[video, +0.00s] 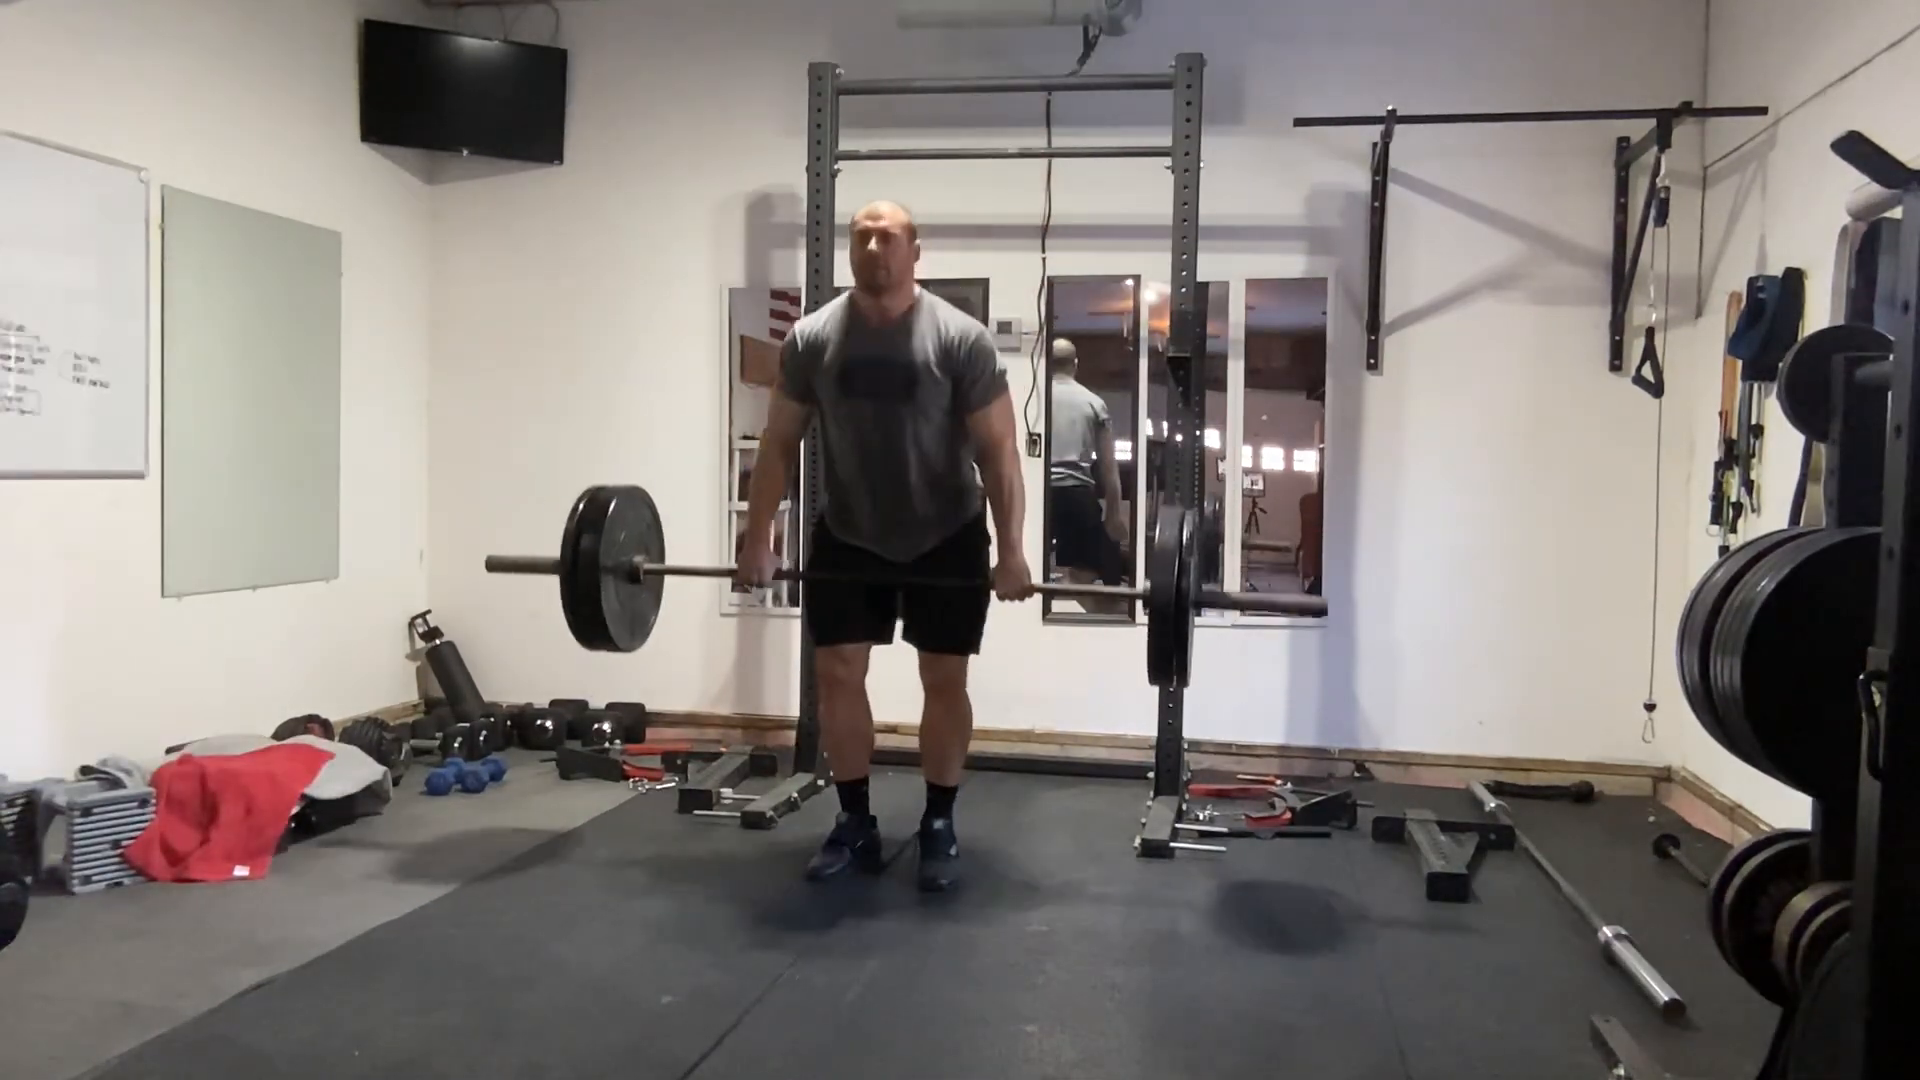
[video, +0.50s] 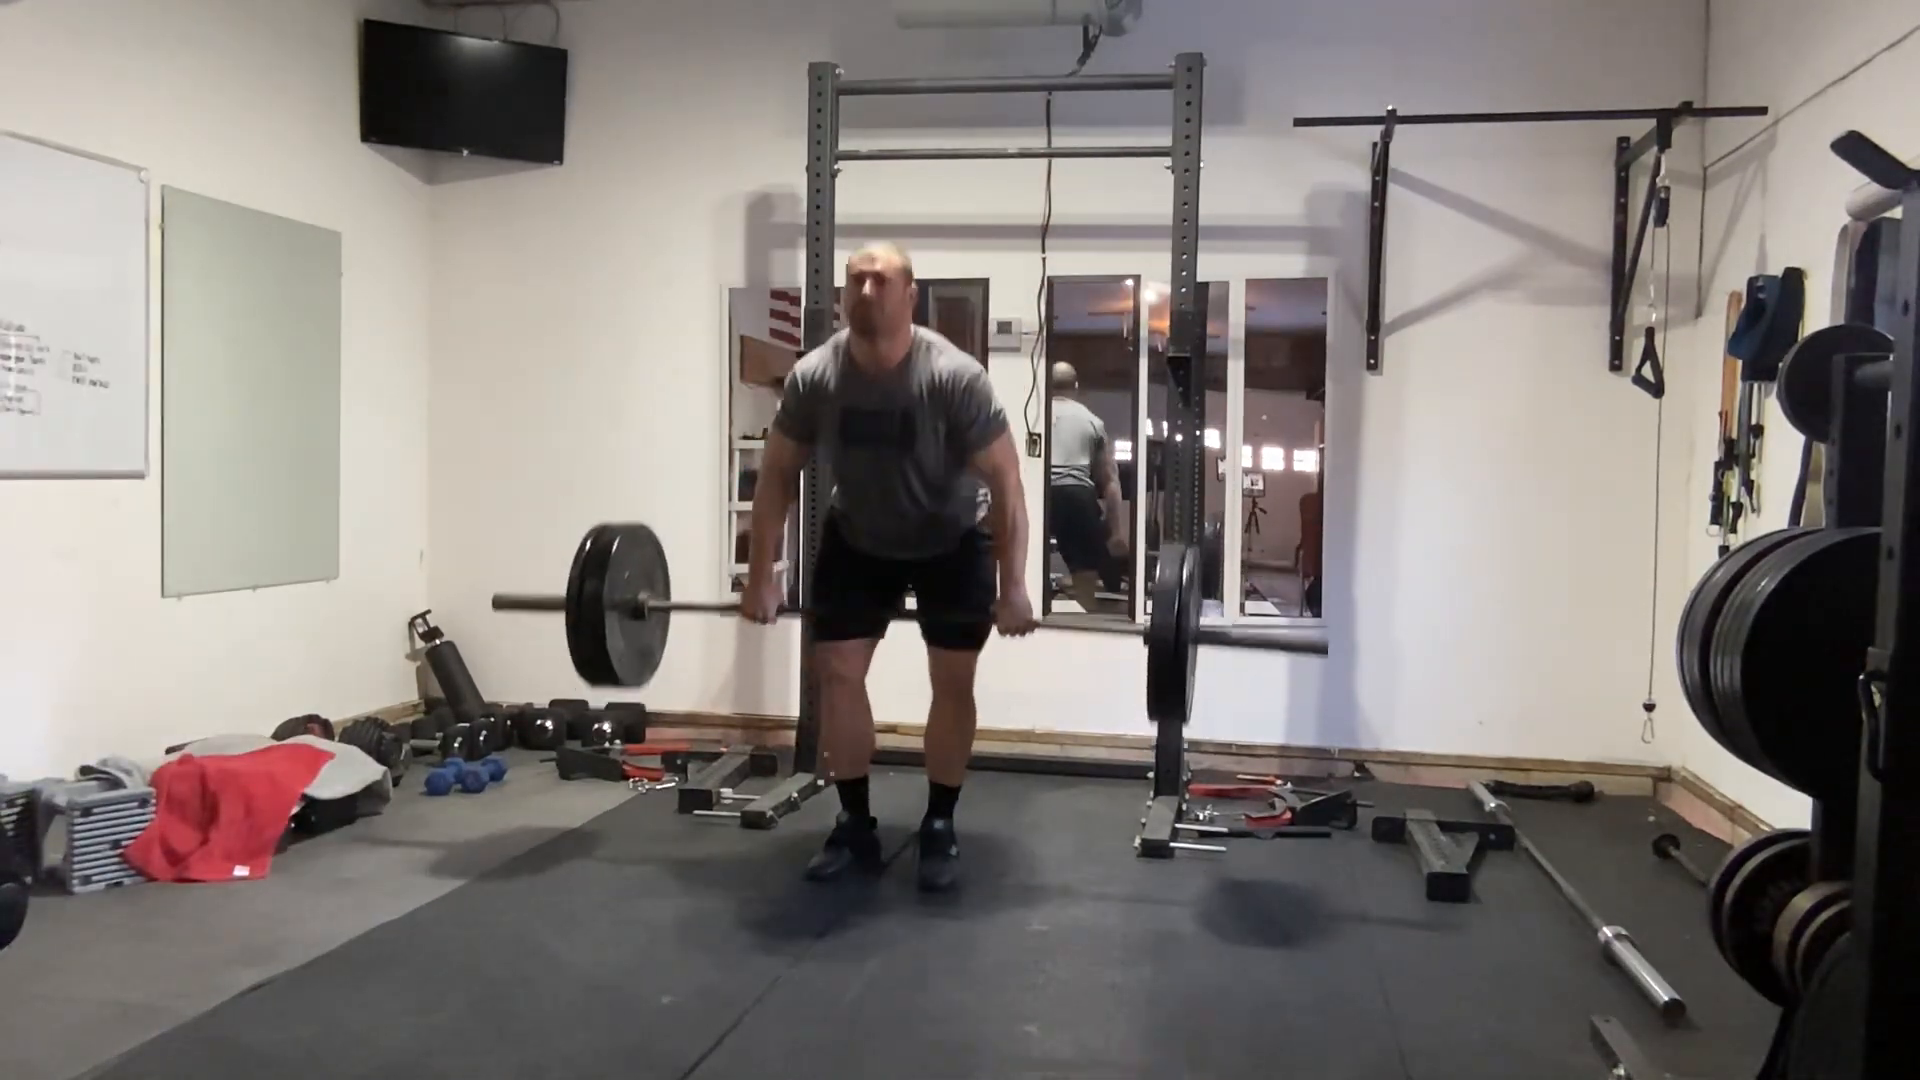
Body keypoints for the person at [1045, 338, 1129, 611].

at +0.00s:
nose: (1075, 365)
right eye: (1076, 361)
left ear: (1045, 364)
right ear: (1075, 364)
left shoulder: (1029, 398)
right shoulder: (1092, 403)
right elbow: (1108, 467)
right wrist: (1114, 516)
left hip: (1034, 497)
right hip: (1077, 496)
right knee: (1083, 574)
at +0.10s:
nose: (1074, 381)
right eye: (1076, 377)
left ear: (1048, 379)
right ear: (1077, 379)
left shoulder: (1030, 410)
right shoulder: (1094, 416)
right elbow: (1109, 483)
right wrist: (1116, 532)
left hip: (1034, 500)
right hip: (1077, 500)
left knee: (1032, 575)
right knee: (1084, 581)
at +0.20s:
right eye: (1077, 392)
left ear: (1049, 392)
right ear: (1077, 393)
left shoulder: (1032, 420)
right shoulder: (1095, 429)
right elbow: (1109, 491)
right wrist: (1116, 543)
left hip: (1034, 498)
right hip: (1077, 499)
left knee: (1031, 575)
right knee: (1087, 578)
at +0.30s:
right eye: (1075, 401)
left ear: (1048, 401)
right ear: (1076, 402)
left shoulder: (1033, 429)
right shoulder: (1094, 437)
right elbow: (1109, 498)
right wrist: (1116, 552)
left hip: (1035, 500)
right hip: (1077, 502)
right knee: (1089, 577)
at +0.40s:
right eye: (1074, 399)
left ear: (1047, 400)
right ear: (1076, 401)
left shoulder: (1032, 429)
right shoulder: (1093, 436)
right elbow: (1109, 497)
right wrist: (1116, 549)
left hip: (1035, 501)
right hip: (1078, 502)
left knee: (1032, 576)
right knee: (1089, 579)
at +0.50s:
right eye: (1074, 385)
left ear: (1048, 385)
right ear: (1076, 386)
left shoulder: (1031, 414)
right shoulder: (1092, 421)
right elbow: (1110, 480)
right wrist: (1117, 533)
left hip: (1034, 494)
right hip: (1076, 495)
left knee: (1031, 566)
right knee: (1083, 573)